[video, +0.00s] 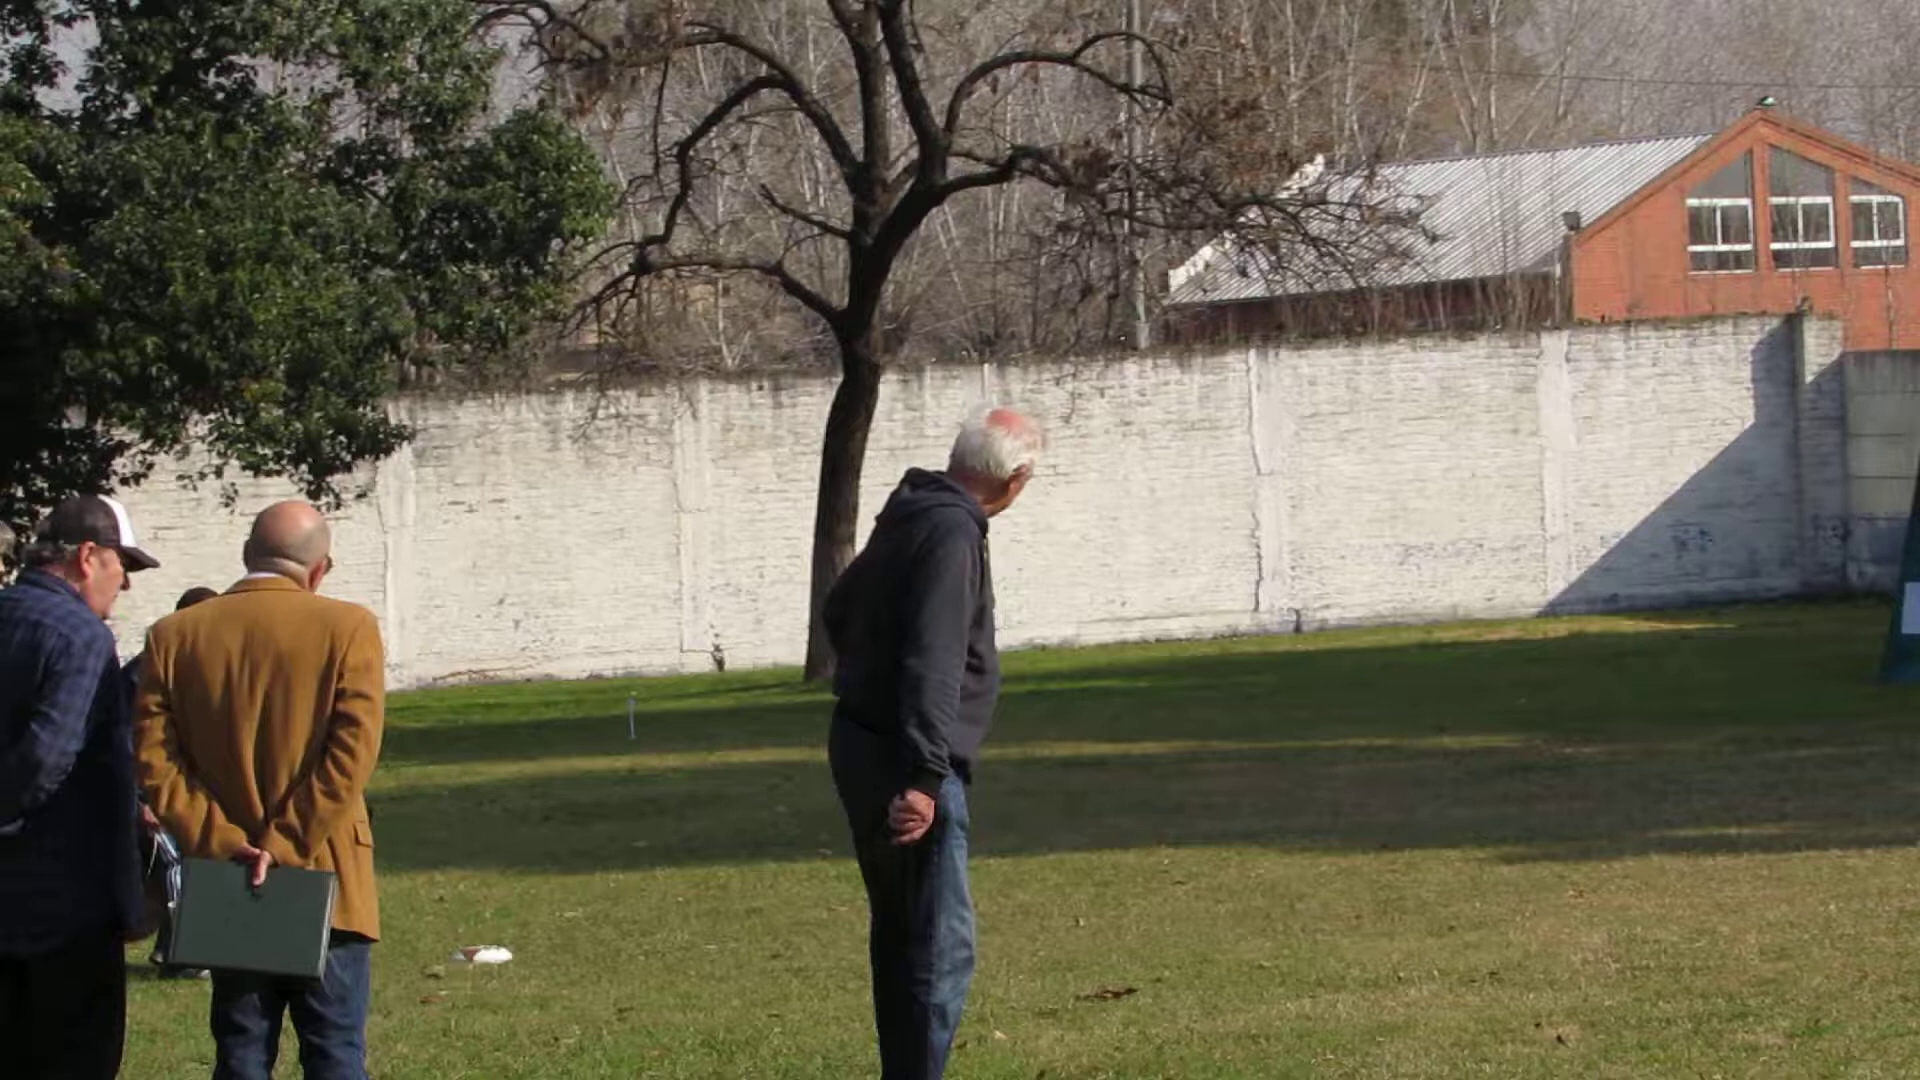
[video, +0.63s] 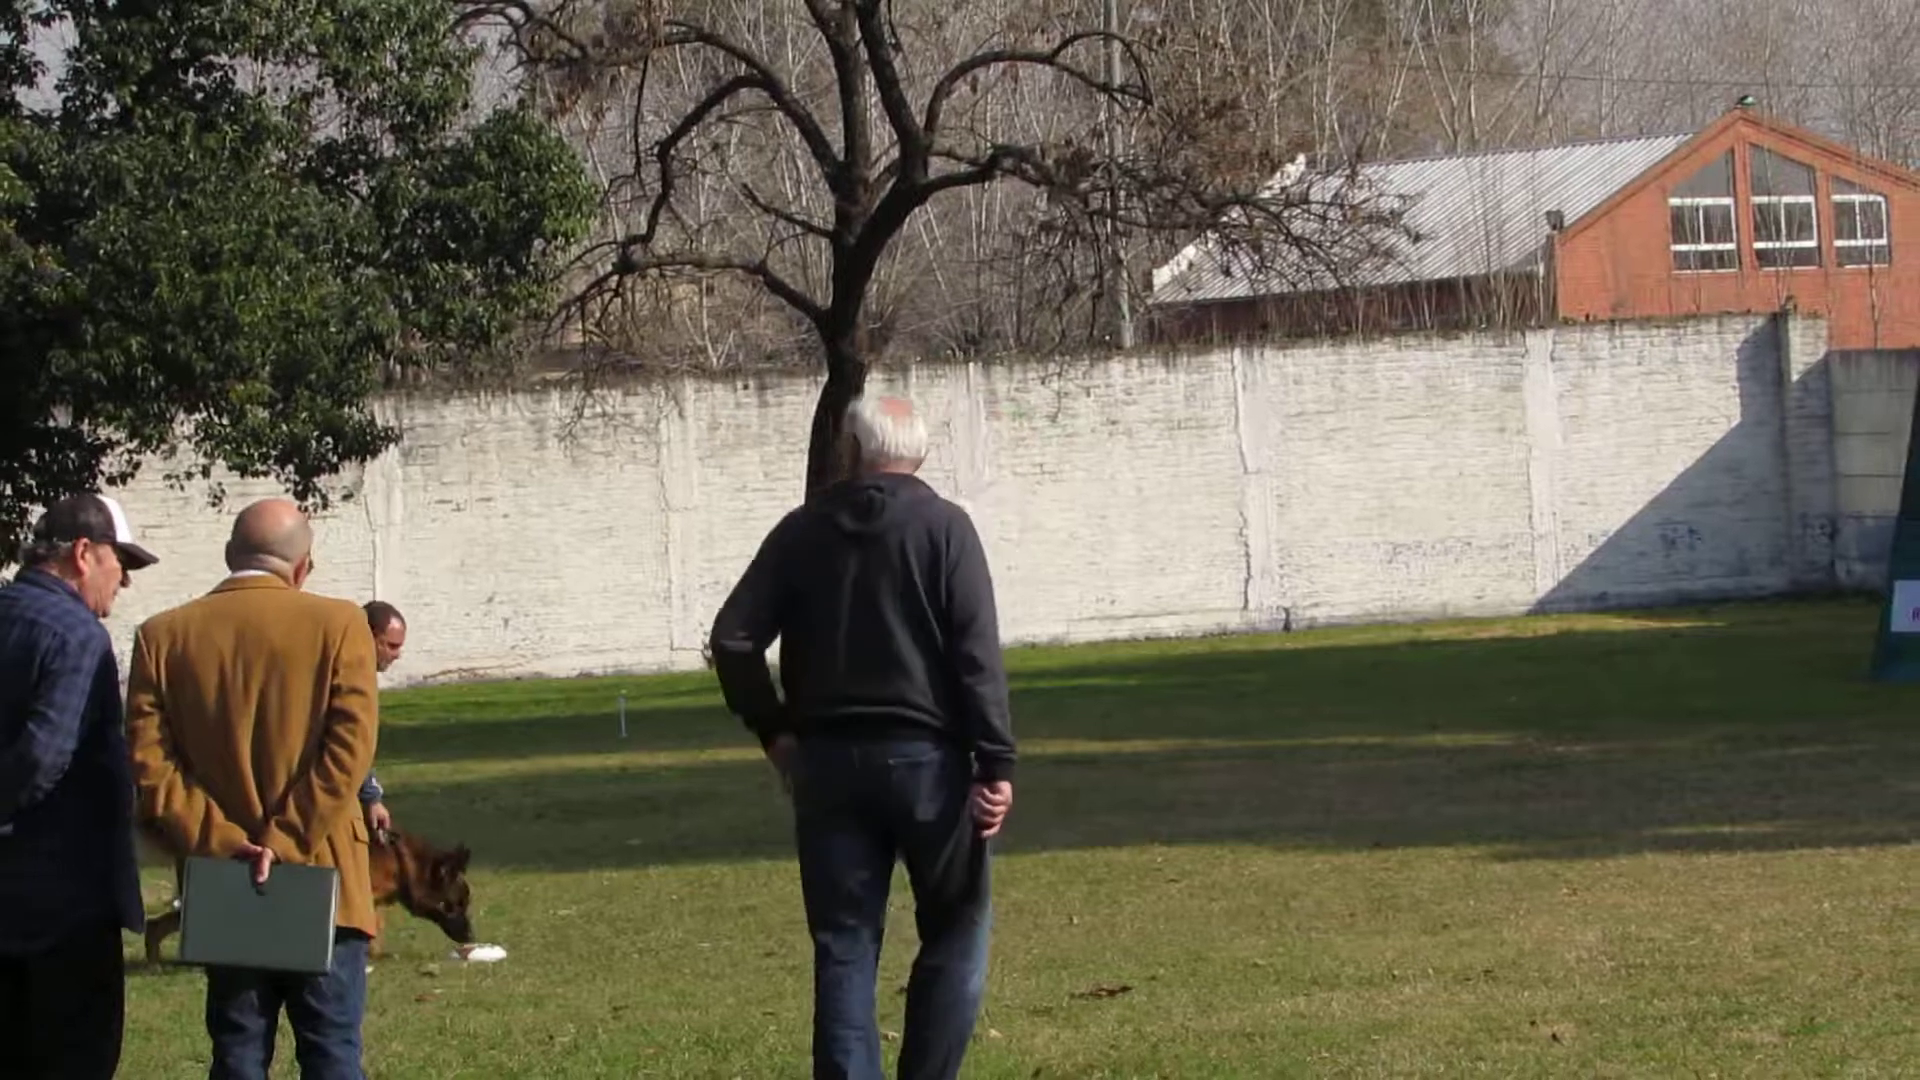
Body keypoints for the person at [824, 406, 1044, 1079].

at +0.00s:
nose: (1027, 486)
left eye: (1030, 475)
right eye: (1030, 476)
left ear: (958, 455)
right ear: (1015, 479)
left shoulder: (911, 514)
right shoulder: (953, 531)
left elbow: (839, 608)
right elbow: (931, 658)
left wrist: (877, 697)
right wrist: (926, 775)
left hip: (872, 754)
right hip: (916, 765)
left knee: (904, 937)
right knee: (941, 949)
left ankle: (905, 1067)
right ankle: (918, 1069)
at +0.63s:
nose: (928, 461)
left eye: (925, 453)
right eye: (926, 452)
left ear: (849, 453)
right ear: (916, 457)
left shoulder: (800, 530)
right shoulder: (944, 527)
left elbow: (733, 640)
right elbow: (976, 654)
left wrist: (772, 729)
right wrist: (997, 763)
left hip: (826, 769)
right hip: (929, 766)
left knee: (842, 946)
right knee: (956, 932)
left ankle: (846, 1073)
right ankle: (929, 1071)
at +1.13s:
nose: (763, 468)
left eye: (763, 459)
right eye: (766, 459)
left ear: (773, 463)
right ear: (843, 454)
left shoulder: (749, 545)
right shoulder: (897, 518)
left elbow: (696, 661)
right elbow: (952, 638)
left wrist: (738, 753)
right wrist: (992, 742)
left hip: (806, 774)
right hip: (913, 762)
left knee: (828, 968)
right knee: (947, 938)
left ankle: (845, 1076)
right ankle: (951, 1072)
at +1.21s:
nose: (750, 466)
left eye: (750, 458)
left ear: (758, 462)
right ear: (829, 452)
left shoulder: (734, 545)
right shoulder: (882, 517)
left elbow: (683, 661)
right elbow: (939, 638)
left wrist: (728, 752)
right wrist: (980, 741)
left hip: (795, 773)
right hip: (901, 760)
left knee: (821, 967)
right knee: (939, 935)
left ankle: (839, 1076)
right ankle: (947, 1071)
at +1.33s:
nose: (758, 466)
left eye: (757, 458)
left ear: (762, 463)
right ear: (835, 452)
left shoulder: (736, 546)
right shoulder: (884, 518)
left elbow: (687, 664)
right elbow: (940, 640)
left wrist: (733, 753)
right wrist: (981, 744)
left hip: (798, 776)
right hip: (903, 763)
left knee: (825, 964)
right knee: (947, 929)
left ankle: (844, 1075)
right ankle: (950, 1072)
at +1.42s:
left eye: (764, 456)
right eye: (845, 444)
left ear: (768, 460)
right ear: (842, 449)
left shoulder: (740, 545)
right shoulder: (887, 518)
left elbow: (688, 664)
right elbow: (940, 641)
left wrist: (735, 749)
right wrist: (981, 744)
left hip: (799, 773)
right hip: (903, 762)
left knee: (824, 962)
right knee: (949, 929)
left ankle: (844, 1075)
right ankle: (943, 1072)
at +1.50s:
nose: (852, 451)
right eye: (851, 442)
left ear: (775, 457)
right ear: (848, 447)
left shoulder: (743, 542)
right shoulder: (888, 517)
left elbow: (688, 661)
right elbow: (940, 642)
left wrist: (738, 747)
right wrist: (979, 746)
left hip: (799, 772)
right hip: (902, 761)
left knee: (825, 960)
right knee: (947, 928)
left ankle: (841, 1074)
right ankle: (933, 1072)